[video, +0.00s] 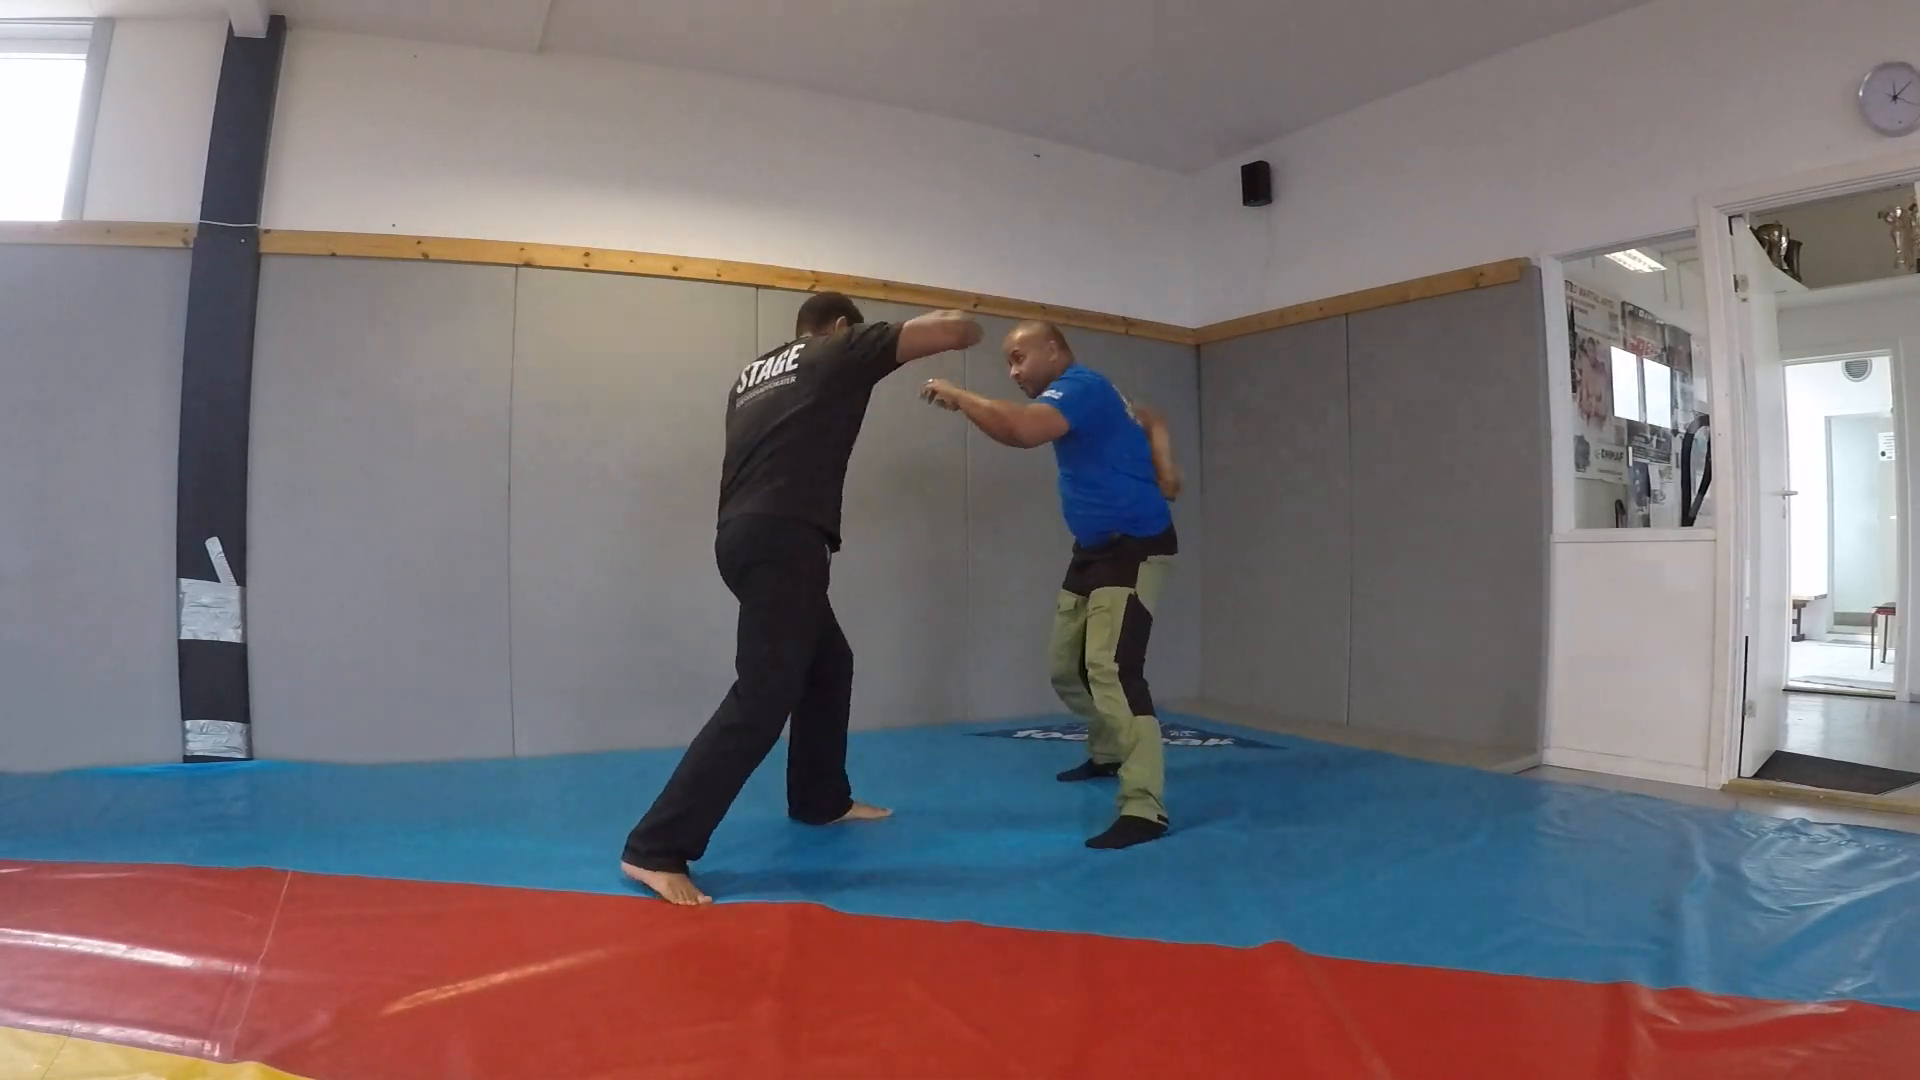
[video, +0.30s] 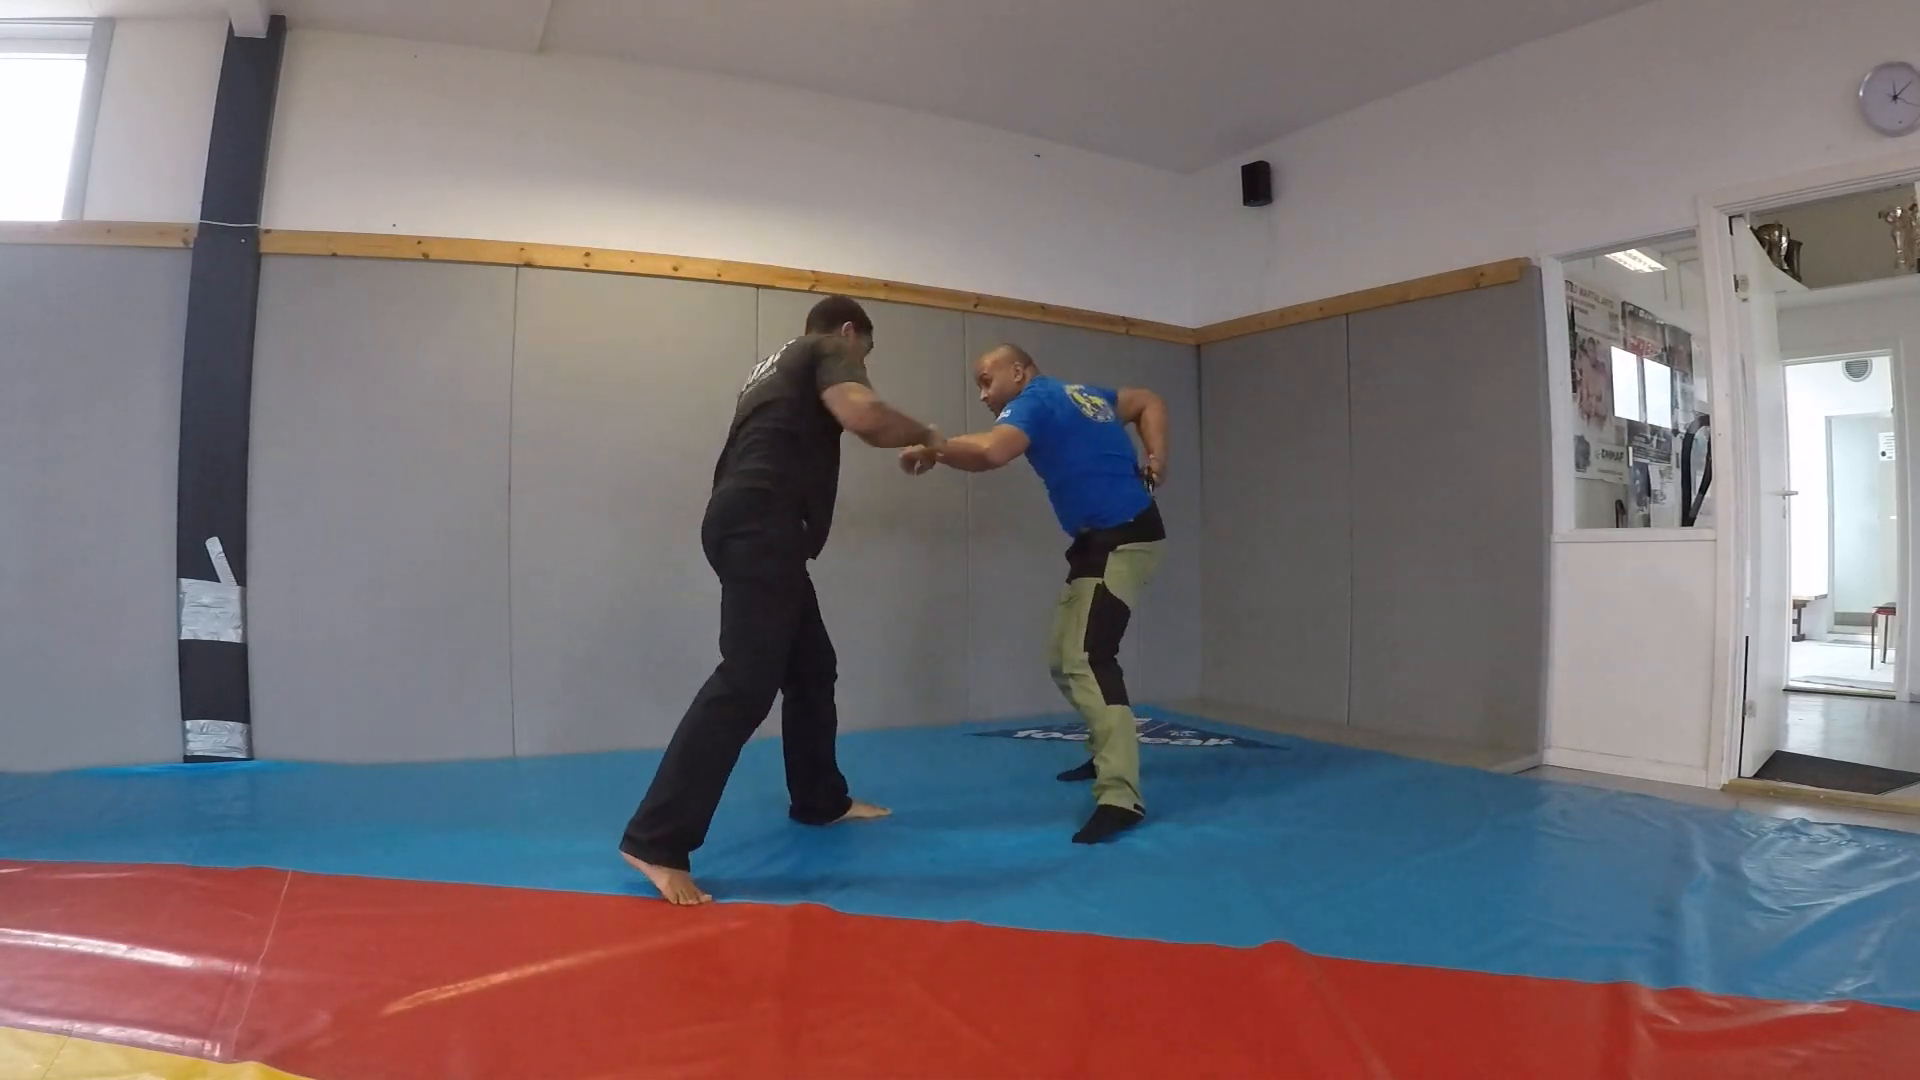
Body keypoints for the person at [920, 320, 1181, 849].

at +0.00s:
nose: (1013, 370)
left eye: (1019, 357)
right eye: (1009, 363)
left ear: (1054, 350)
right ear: (1051, 355)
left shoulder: (1084, 387)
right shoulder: (1077, 392)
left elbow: (1023, 428)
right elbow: (1151, 420)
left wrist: (960, 398)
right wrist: (1166, 469)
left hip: (1135, 547)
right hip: (1093, 549)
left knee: (1112, 670)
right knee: (1069, 669)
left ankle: (1144, 809)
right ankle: (1111, 753)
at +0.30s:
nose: (982, 390)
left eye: (987, 379)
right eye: (979, 384)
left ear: (1021, 370)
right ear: (1025, 372)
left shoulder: (1034, 399)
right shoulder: (1079, 395)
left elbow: (990, 451)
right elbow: (1148, 402)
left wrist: (934, 449)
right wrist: (1156, 456)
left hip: (1117, 538)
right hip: (1108, 537)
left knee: (1086, 661)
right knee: (1065, 661)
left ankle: (1121, 796)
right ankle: (1108, 753)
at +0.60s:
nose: (968, 384)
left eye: (975, 371)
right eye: (964, 375)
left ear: (1010, 365)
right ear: (981, 376)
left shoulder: (1041, 405)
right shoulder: (1018, 409)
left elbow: (1092, 465)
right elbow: (1064, 463)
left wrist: (1012, 472)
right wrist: (1034, 487)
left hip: (1106, 541)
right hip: (1078, 541)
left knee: (1056, 657)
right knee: (1065, 651)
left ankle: (1058, 798)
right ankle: (1106, 752)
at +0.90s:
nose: (955, 371)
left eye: (967, 358)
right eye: (951, 360)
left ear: (1007, 358)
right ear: (949, 363)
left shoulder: (1054, 404)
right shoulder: (939, 414)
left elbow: (1135, 441)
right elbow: (840, 440)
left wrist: (1132, 465)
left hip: (1072, 554)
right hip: (1015, 569)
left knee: (1019, 670)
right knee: (1044, 676)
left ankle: (1044, 819)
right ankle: (1102, 736)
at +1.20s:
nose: (873, 347)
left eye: (884, 333)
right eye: (869, 334)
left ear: (930, 331)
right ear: (868, 335)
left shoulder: (988, 399)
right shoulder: (863, 393)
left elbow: (1014, 506)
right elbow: (857, 458)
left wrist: (933, 464)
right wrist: (816, 489)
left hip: (977, 564)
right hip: (903, 562)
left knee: (974, 717)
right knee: (844, 680)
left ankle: (1043, 817)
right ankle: (888, 772)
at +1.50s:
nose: (648, 322)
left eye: (659, 307)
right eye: (645, 308)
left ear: (710, 302)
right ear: (663, 311)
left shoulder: (780, 368)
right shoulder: (652, 372)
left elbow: (801, 476)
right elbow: (543, 389)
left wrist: (709, 410)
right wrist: (449, 376)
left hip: (803, 573)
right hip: (714, 570)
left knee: (861, 728)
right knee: (640, 694)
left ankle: (995, 789)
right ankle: (638, 858)